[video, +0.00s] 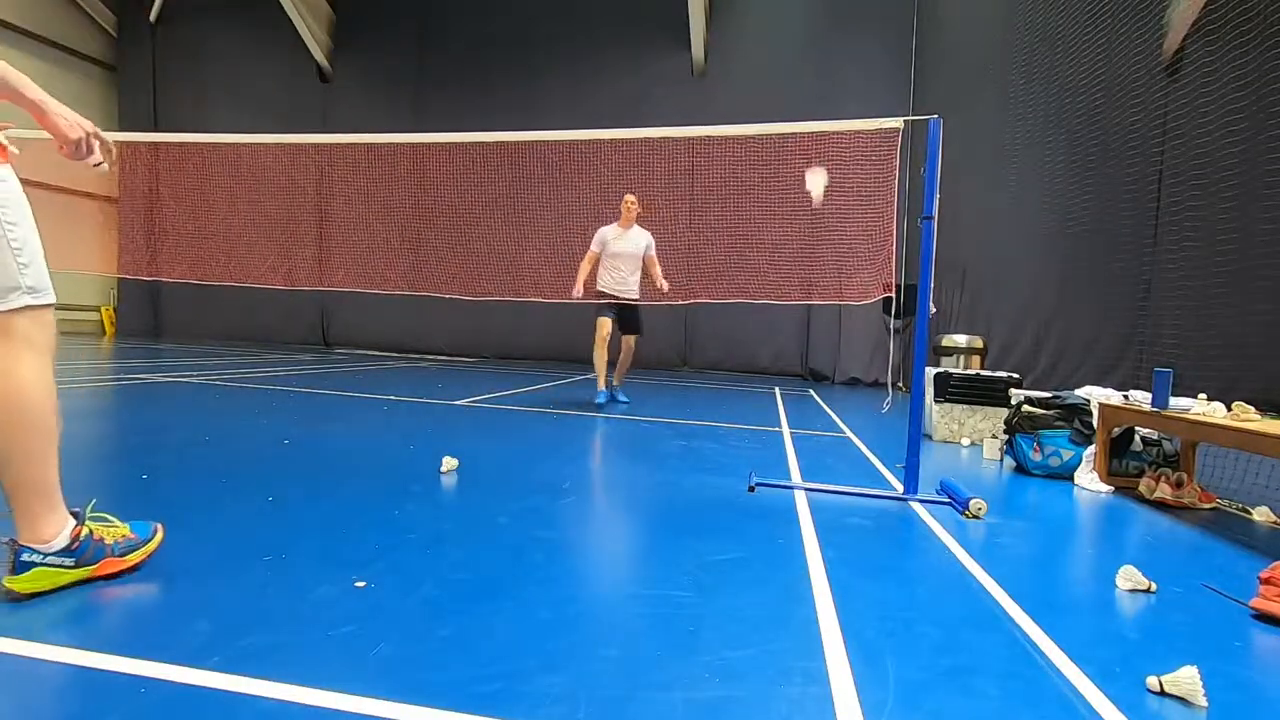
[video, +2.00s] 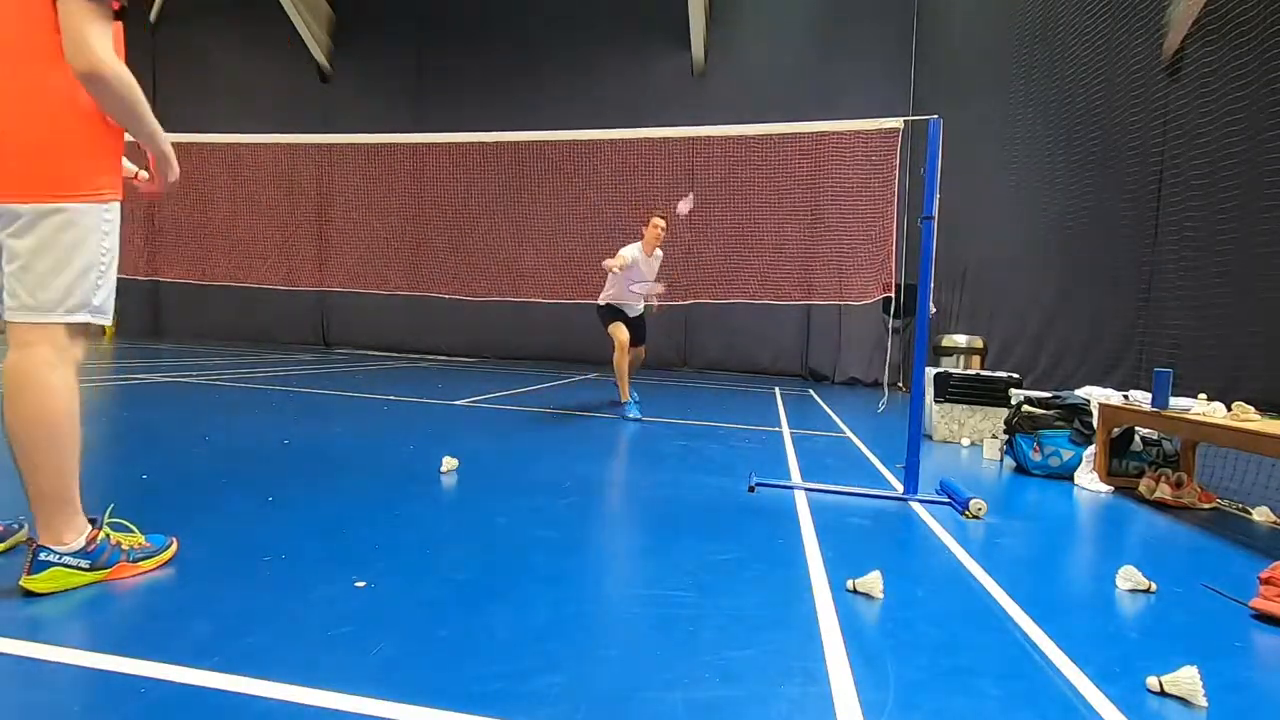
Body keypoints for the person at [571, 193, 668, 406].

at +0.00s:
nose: (629, 206)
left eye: (633, 204)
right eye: (626, 203)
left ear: (639, 209)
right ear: (620, 206)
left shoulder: (646, 237)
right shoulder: (604, 233)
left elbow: (653, 264)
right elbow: (589, 259)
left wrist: (659, 279)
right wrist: (579, 283)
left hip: (630, 297)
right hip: (606, 294)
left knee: (629, 344)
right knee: (603, 334)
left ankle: (616, 386)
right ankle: (601, 388)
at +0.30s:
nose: (608, 207)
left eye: (611, 204)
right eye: (605, 204)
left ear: (618, 210)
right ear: (600, 209)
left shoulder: (629, 234)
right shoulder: (589, 235)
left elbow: (638, 259)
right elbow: (578, 261)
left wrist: (634, 279)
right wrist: (574, 277)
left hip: (619, 294)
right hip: (592, 293)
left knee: (621, 342)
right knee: (576, 336)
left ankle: (616, 385)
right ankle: (570, 376)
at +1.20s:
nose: (631, 222)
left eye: (634, 219)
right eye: (628, 218)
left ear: (638, 225)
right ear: (621, 222)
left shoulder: (640, 253)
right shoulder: (605, 245)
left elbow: (651, 274)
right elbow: (593, 273)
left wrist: (665, 287)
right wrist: (595, 298)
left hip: (626, 306)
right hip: (604, 304)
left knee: (638, 350)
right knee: (606, 348)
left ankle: (627, 388)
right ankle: (589, 378)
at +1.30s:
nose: (638, 219)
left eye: (641, 216)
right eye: (635, 215)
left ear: (644, 221)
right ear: (627, 218)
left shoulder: (645, 249)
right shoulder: (611, 239)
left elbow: (660, 269)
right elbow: (598, 263)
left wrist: (680, 274)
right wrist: (614, 276)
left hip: (630, 302)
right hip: (607, 299)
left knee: (639, 351)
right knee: (612, 336)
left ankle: (627, 388)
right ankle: (602, 387)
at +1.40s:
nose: (642, 213)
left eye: (645, 210)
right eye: (639, 208)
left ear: (648, 216)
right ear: (630, 211)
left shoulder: (648, 242)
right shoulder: (615, 231)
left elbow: (662, 265)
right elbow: (609, 242)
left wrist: (685, 267)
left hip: (632, 300)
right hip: (609, 296)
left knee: (637, 349)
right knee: (613, 334)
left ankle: (626, 386)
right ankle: (613, 391)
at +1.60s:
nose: (649, 217)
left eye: (652, 214)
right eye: (645, 212)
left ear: (654, 220)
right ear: (635, 215)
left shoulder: (650, 246)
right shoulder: (623, 235)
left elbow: (652, 270)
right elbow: (618, 241)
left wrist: (673, 287)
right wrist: (619, 242)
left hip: (635, 307)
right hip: (613, 302)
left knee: (640, 356)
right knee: (624, 339)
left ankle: (622, 383)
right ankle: (626, 400)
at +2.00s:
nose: (659, 232)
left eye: (663, 229)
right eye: (655, 227)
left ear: (666, 235)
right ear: (645, 229)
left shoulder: (658, 256)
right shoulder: (632, 252)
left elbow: (646, 279)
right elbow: (619, 261)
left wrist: (652, 296)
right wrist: (613, 265)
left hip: (635, 309)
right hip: (611, 306)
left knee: (638, 354)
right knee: (623, 339)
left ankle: (623, 382)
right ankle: (626, 400)